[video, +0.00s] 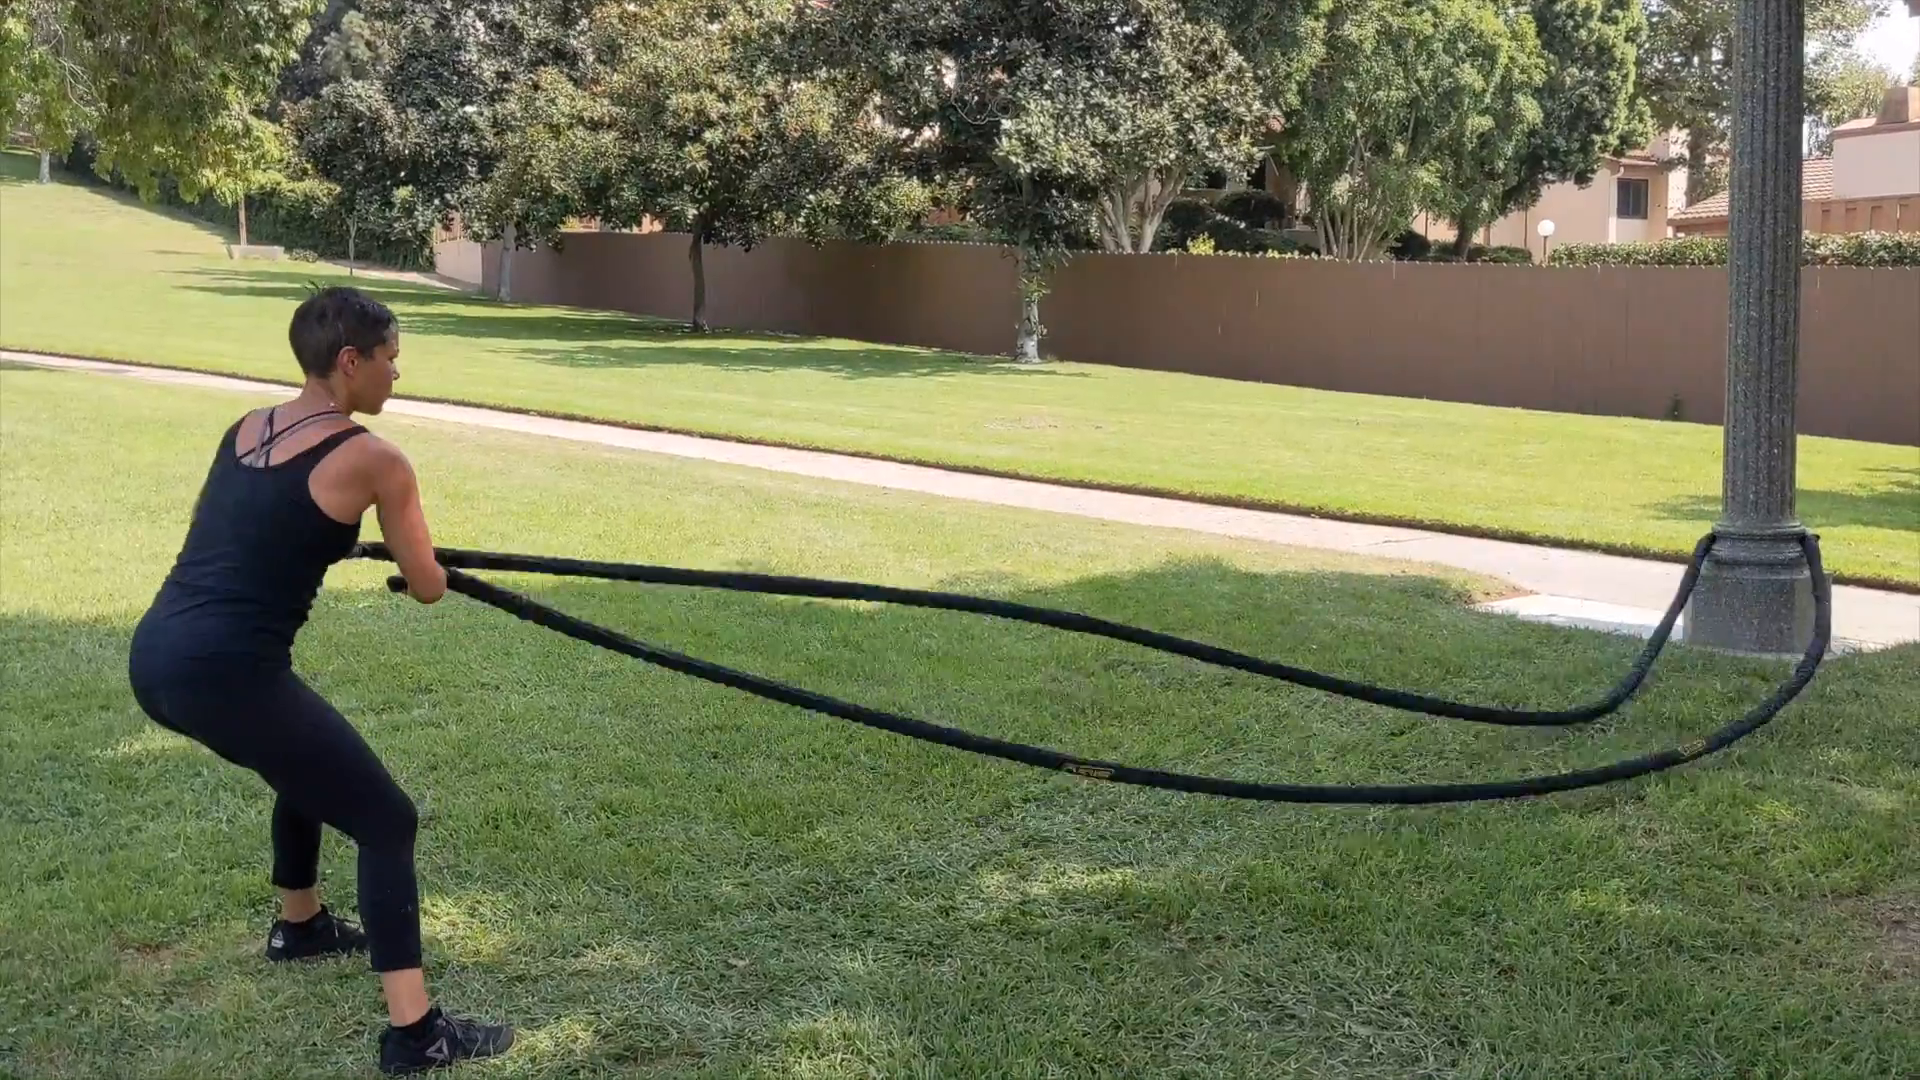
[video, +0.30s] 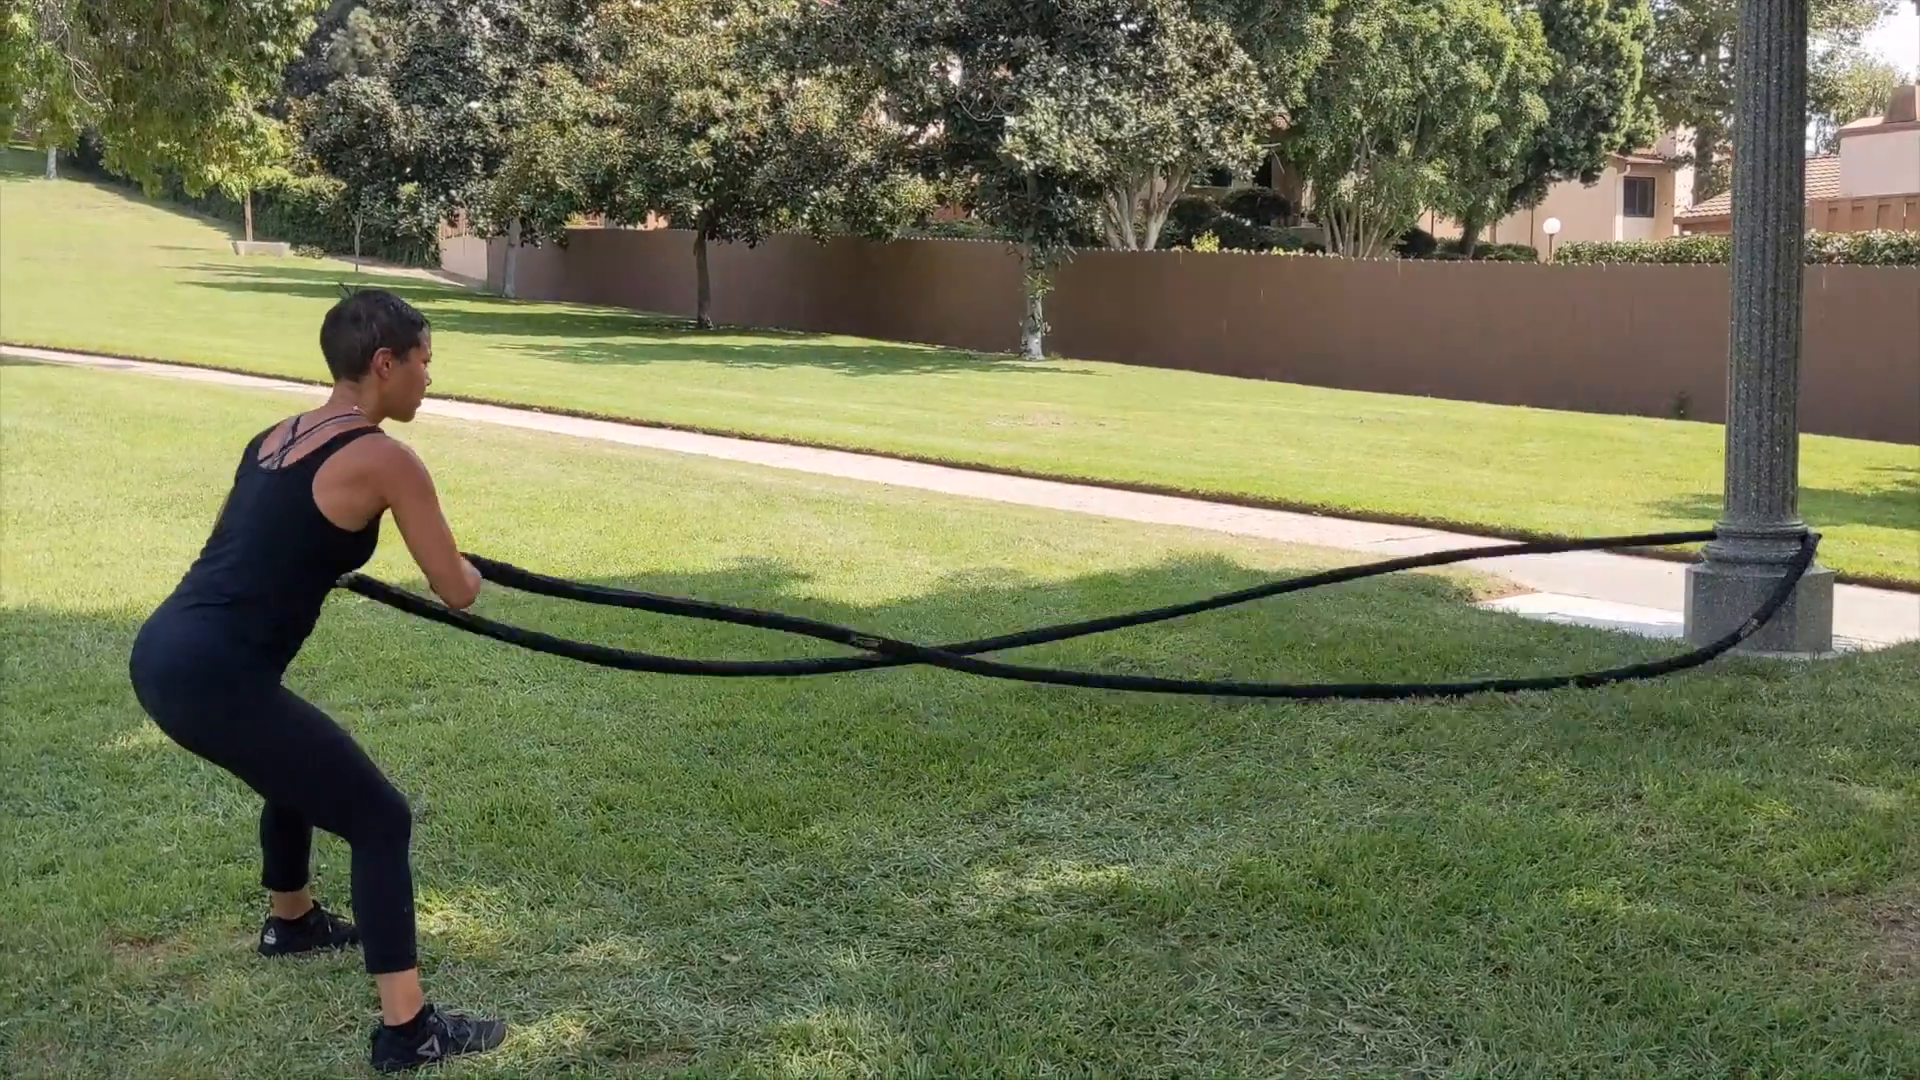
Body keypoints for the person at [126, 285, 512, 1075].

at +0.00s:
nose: (396, 377)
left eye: (396, 362)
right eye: (390, 362)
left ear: (325, 362)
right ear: (347, 361)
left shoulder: (251, 424)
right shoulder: (375, 460)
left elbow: (245, 528)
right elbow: (426, 583)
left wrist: (333, 540)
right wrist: (428, 573)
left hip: (157, 660)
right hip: (231, 675)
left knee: (304, 764)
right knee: (387, 817)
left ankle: (301, 923)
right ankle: (414, 1026)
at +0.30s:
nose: (428, 374)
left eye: (427, 358)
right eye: (421, 358)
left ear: (350, 365)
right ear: (383, 363)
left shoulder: (284, 431)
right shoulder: (388, 460)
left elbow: (255, 534)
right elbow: (455, 589)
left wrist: (335, 552)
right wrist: (462, 575)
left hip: (162, 655)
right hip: (218, 678)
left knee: (296, 766)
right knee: (381, 816)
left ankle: (293, 918)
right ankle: (406, 1024)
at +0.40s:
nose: (428, 373)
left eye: (427, 356)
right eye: (422, 356)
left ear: (358, 363)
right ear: (382, 361)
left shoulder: (315, 439)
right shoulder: (364, 450)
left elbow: (382, 564)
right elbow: (454, 571)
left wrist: (482, 582)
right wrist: (517, 577)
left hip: (173, 658)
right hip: (203, 680)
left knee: (302, 767)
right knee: (376, 814)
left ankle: (293, 917)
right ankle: (407, 1020)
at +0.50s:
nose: (431, 383)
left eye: (430, 366)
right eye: (425, 366)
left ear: (363, 370)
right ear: (383, 366)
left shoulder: (323, 451)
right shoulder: (355, 459)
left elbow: (423, 585)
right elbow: (438, 575)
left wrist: (527, 589)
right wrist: (546, 584)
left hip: (200, 661)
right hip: (199, 681)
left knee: (317, 765)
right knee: (370, 815)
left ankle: (290, 914)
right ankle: (403, 1020)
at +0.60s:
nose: (436, 383)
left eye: (436, 365)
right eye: (430, 365)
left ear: (374, 368)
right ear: (388, 366)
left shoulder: (356, 459)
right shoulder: (343, 461)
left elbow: (418, 586)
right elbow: (421, 584)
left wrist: (534, 607)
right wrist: (541, 601)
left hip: (225, 660)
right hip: (196, 676)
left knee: (329, 758)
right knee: (368, 809)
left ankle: (290, 911)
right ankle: (400, 1018)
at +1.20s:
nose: (406, 368)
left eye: (406, 352)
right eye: (399, 353)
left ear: (331, 357)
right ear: (359, 356)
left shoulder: (261, 415)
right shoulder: (382, 451)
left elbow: (263, 520)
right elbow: (427, 578)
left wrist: (352, 545)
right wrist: (400, 556)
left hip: (158, 648)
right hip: (231, 662)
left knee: (303, 743)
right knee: (394, 804)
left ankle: (301, 908)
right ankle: (405, 1015)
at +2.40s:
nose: (439, 362)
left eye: (438, 347)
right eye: (430, 347)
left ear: (367, 352)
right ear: (387, 351)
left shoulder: (290, 414)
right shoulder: (408, 453)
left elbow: (294, 513)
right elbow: (465, 579)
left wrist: (381, 543)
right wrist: (491, 585)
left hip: (182, 644)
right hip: (251, 658)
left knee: (332, 752)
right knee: (411, 807)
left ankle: (335, 907)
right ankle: (428, 1019)